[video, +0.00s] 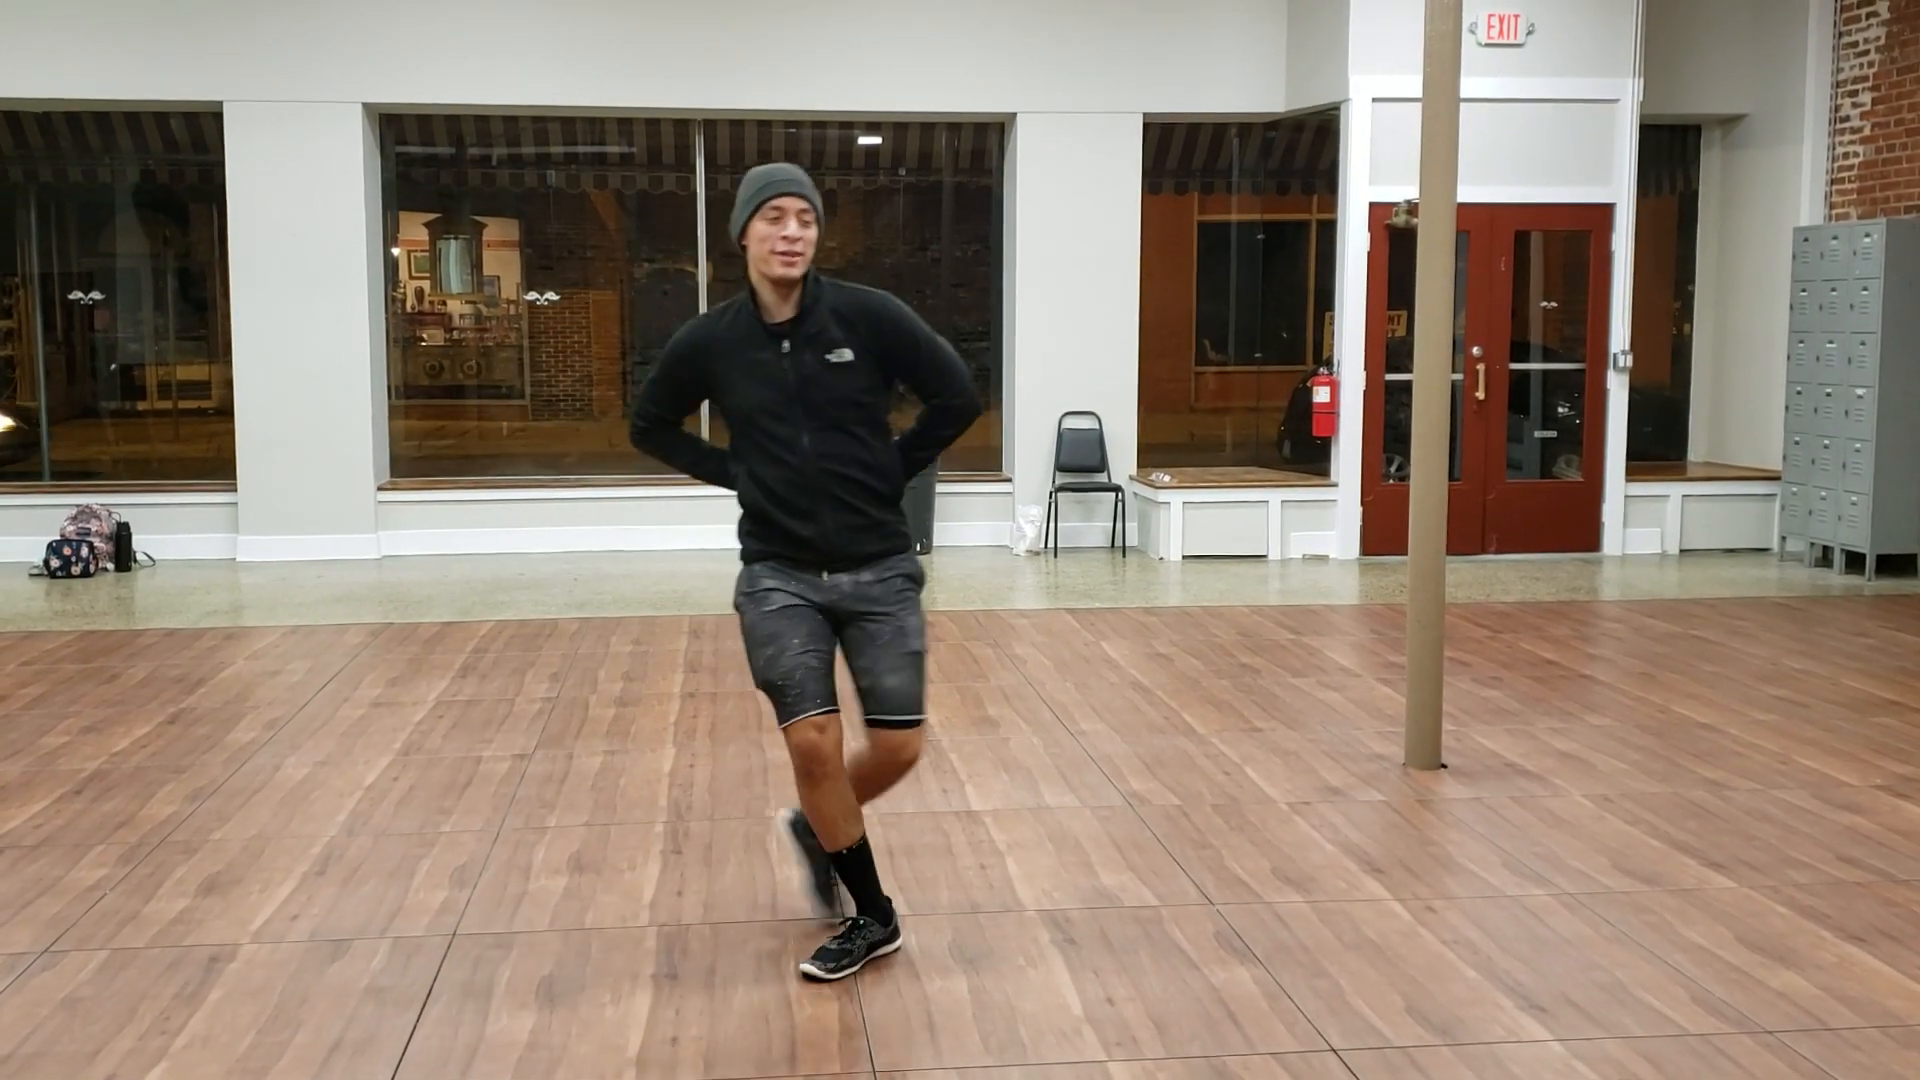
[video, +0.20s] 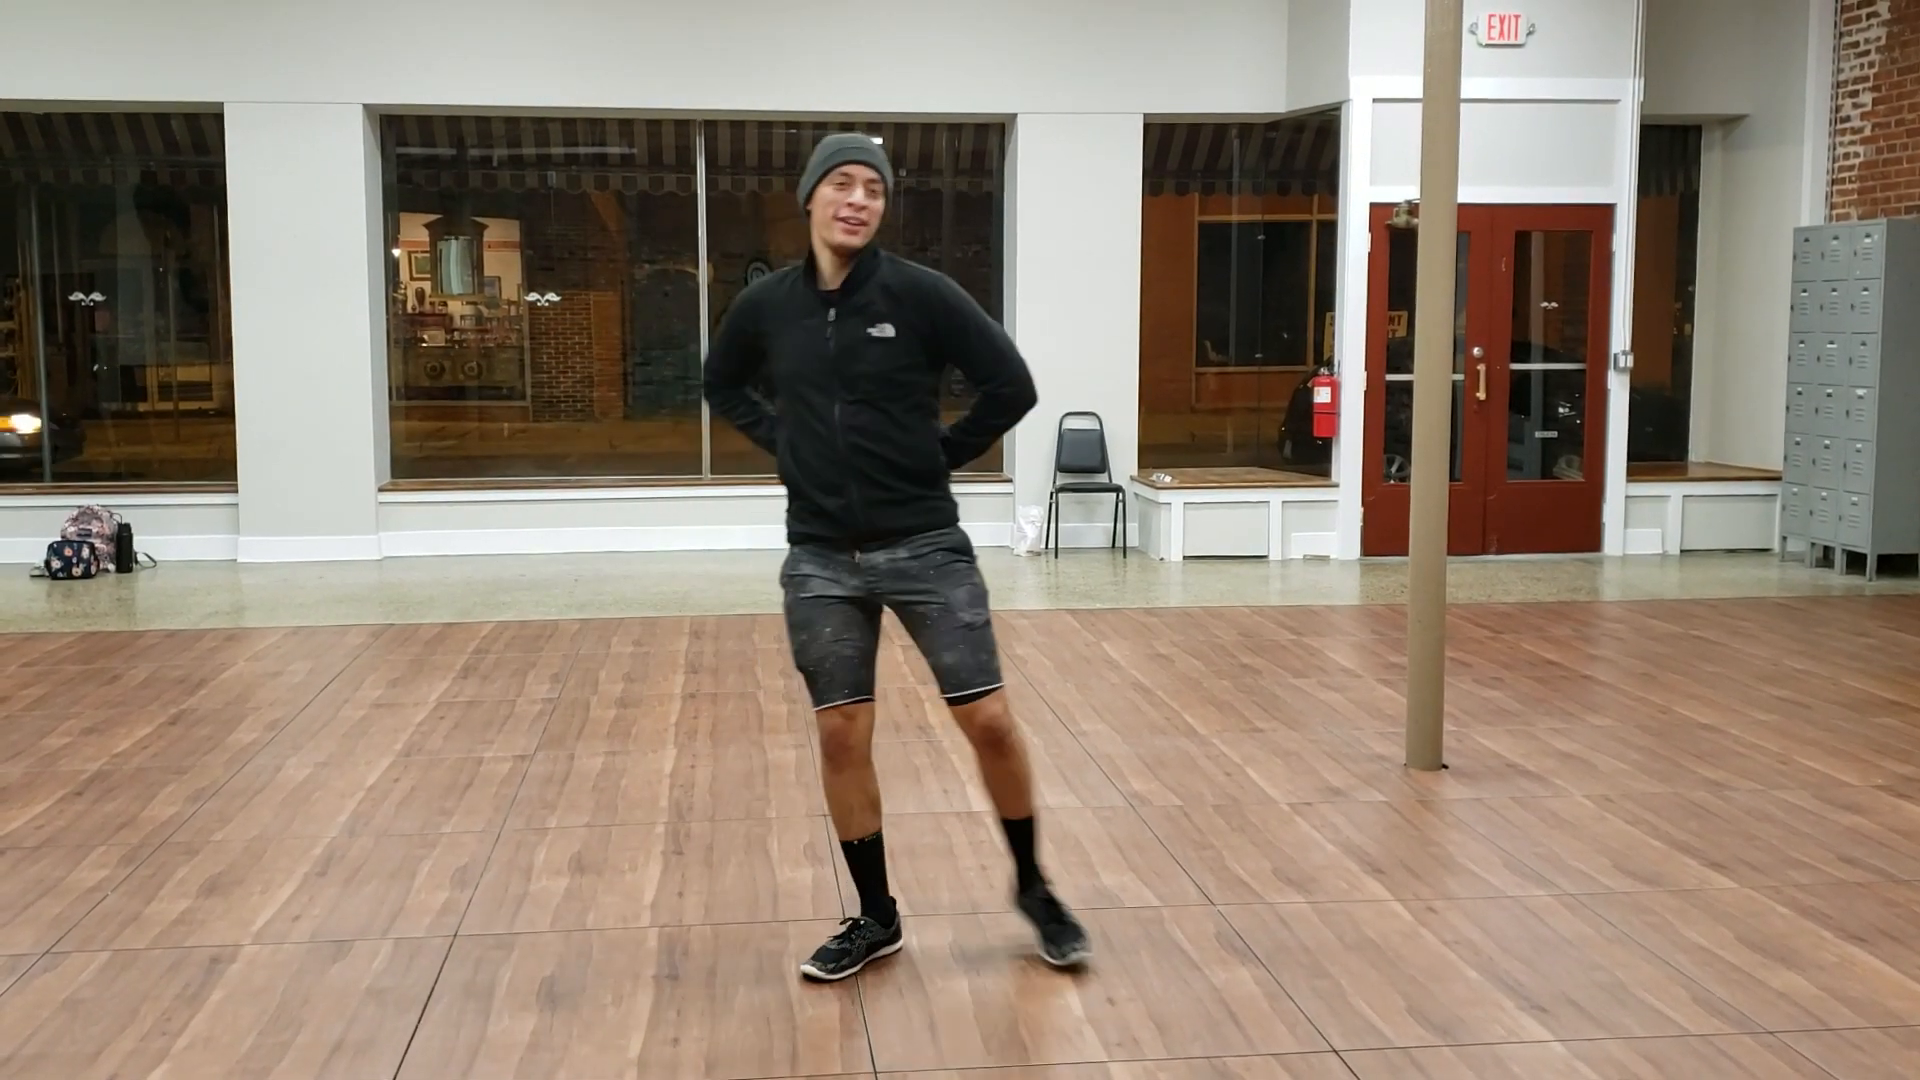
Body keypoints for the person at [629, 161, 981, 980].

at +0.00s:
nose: (790, 232)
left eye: (803, 219)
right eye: (773, 218)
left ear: (819, 236)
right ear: (742, 237)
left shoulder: (869, 316)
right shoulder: (706, 341)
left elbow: (960, 399)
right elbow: (648, 429)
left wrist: (890, 468)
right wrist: (735, 472)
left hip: (878, 568)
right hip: (777, 571)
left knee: (898, 745)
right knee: (814, 746)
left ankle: (813, 824)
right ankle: (874, 916)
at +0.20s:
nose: (855, 200)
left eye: (869, 190)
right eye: (840, 186)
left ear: (883, 210)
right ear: (807, 201)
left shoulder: (922, 295)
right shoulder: (763, 305)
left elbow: (1013, 388)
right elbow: (720, 386)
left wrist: (937, 453)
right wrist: (788, 441)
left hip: (925, 545)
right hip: (820, 552)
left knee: (990, 721)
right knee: (840, 732)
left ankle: (1032, 885)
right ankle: (876, 916)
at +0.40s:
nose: (901, 217)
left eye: (918, 207)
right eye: (888, 203)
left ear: (938, 229)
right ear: (863, 220)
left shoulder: (970, 321)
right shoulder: (838, 320)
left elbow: (1059, 425)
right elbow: (827, 400)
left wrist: (984, 485)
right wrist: (865, 460)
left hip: (972, 567)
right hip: (871, 564)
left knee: (1031, 740)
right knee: (841, 739)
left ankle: (1110, 903)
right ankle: (881, 903)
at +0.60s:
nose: (905, 228)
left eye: (925, 220)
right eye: (894, 212)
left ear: (944, 244)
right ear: (870, 228)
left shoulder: (968, 336)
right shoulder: (843, 323)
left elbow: (1049, 448)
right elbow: (836, 409)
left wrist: (976, 496)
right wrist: (873, 474)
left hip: (962, 580)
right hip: (865, 571)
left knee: (1020, 753)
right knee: (827, 746)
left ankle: (1105, 904)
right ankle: (871, 846)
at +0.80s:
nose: (848, 205)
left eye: (867, 198)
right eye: (838, 189)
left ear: (886, 221)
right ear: (812, 201)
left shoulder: (907, 310)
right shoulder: (775, 298)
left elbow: (995, 414)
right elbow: (729, 364)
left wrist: (913, 466)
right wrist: (775, 423)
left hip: (883, 557)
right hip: (793, 553)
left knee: (894, 735)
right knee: (799, 720)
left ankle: (1006, 868)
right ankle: (870, 857)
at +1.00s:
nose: (786, 219)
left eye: (804, 211)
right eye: (774, 205)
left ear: (821, 232)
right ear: (747, 220)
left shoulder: (853, 323)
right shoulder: (702, 312)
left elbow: (944, 416)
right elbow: (633, 379)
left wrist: (858, 476)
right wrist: (696, 446)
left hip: (813, 561)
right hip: (725, 559)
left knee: (741, 742)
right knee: (776, 740)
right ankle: (872, 853)